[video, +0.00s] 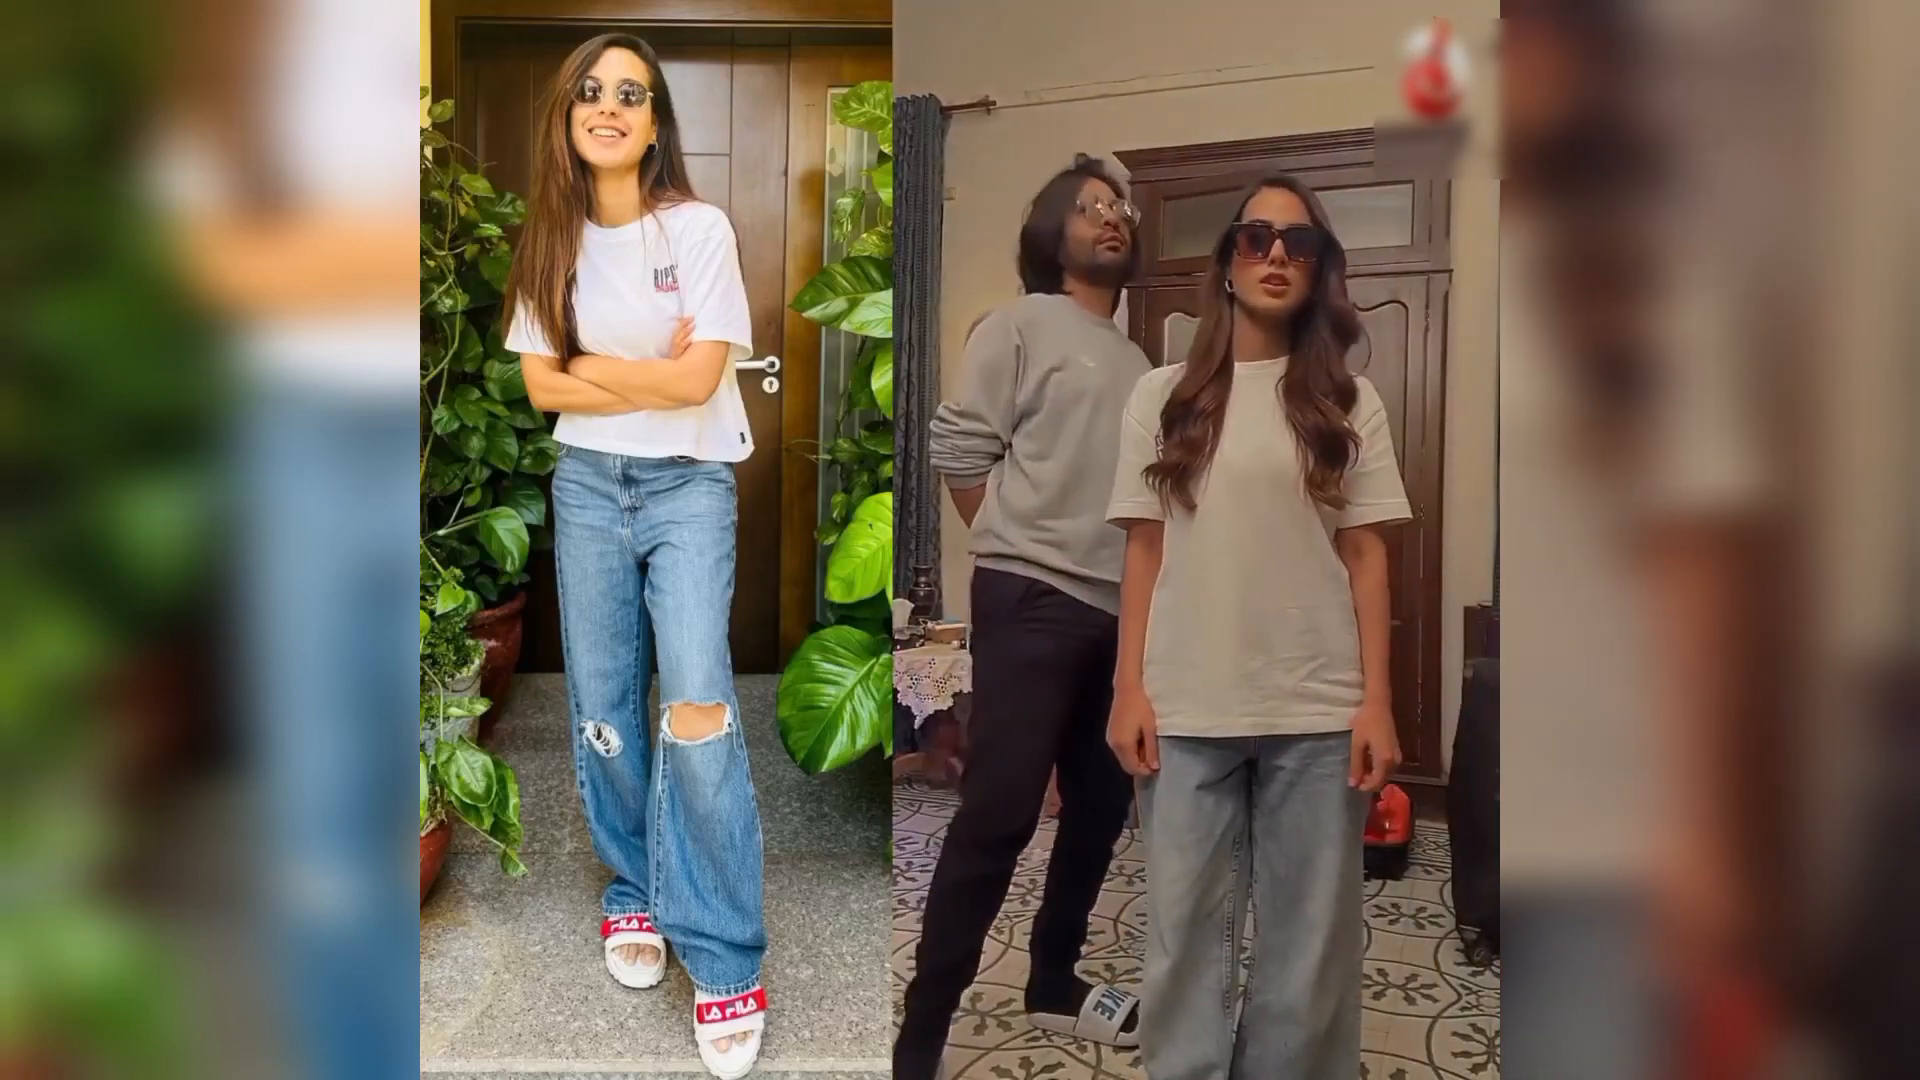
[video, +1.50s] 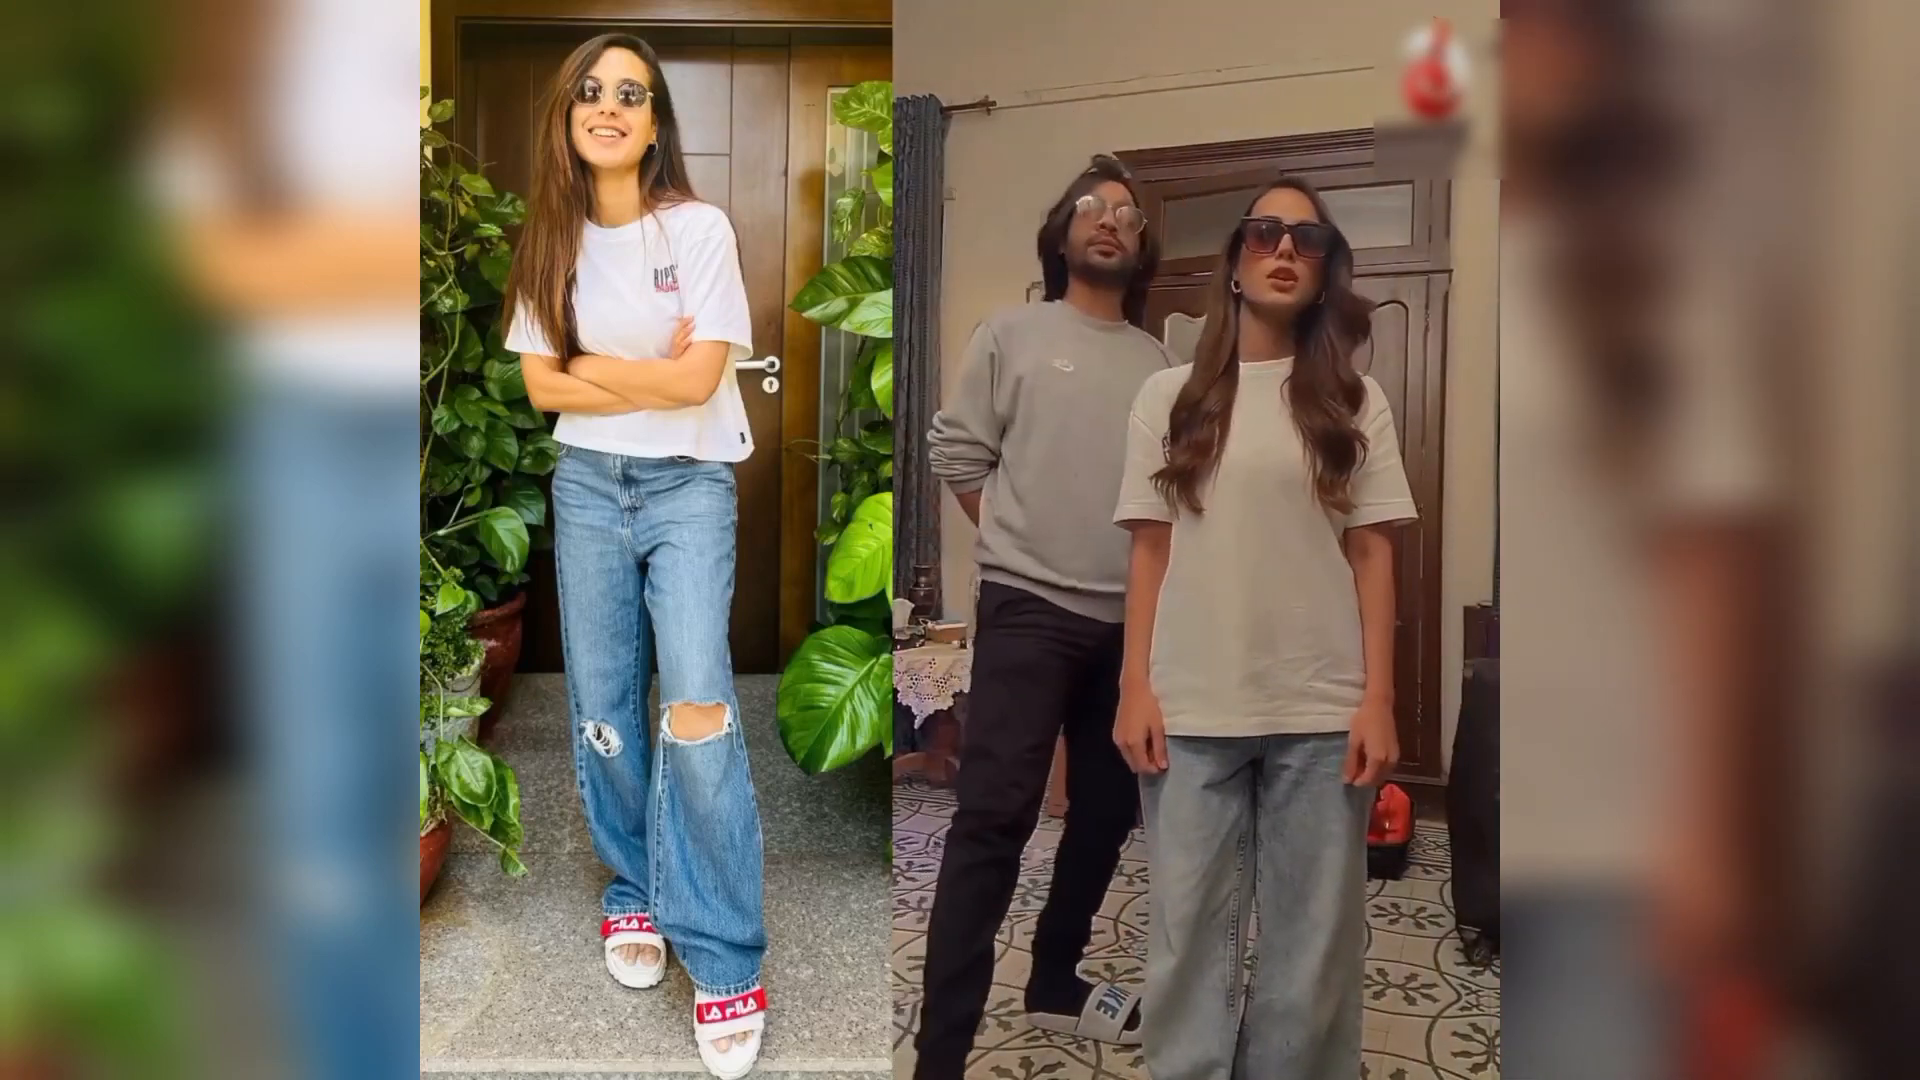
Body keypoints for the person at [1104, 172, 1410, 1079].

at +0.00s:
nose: (1276, 253)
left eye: (1298, 241)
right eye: (1257, 238)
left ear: (1323, 269)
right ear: (1227, 264)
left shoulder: (1350, 397)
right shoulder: (1166, 392)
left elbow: (1365, 554)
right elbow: (1144, 549)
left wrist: (1376, 701)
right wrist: (1129, 686)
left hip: (1319, 715)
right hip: (1186, 712)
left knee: (1310, 954)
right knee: (1178, 942)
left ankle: (1286, 1073)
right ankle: (1183, 1068)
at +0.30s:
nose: (1266, 256)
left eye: (1288, 244)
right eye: (1246, 241)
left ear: (1309, 270)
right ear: (1219, 268)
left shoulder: (1353, 397)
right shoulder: (1169, 397)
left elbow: (1368, 557)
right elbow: (1146, 553)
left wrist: (1370, 701)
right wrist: (1129, 686)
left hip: (1319, 717)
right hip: (1187, 716)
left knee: (1310, 954)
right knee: (1178, 943)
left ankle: (1286, 1074)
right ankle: (1181, 1070)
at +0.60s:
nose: (1272, 253)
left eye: (1294, 242)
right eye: (1252, 240)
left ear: (1318, 270)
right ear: (1222, 266)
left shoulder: (1352, 398)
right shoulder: (1167, 397)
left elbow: (1367, 555)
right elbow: (1146, 548)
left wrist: (1373, 701)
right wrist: (1131, 681)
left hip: (1320, 715)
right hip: (1188, 715)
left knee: (1311, 954)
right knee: (1180, 944)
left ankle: (1289, 1072)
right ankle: (1182, 1069)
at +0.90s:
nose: (1279, 253)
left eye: (1299, 241)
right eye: (1259, 238)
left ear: (1323, 269)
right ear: (1229, 267)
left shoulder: (1353, 399)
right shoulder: (1168, 396)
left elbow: (1368, 555)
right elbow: (1146, 546)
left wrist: (1372, 701)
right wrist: (1130, 680)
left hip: (1319, 715)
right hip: (1187, 714)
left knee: (1311, 950)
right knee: (1180, 942)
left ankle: (1290, 1072)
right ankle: (1182, 1069)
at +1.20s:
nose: (1265, 257)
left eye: (1286, 244)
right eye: (1244, 243)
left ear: (1310, 270)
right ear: (1218, 271)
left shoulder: (1359, 397)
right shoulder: (1176, 400)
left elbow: (1374, 555)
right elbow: (1151, 552)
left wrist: (1372, 697)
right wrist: (1132, 685)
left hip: (1322, 714)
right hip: (1190, 713)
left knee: (1310, 953)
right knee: (1182, 941)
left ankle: (1288, 1073)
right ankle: (1183, 1070)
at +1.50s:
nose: (1283, 248)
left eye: (1305, 239)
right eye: (1265, 234)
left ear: (1329, 269)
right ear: (1234, 261)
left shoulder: (1356, 396)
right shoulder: (1172, 394)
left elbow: (1373, 554)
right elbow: (1149, 549)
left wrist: (1377, 701)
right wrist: (1136, 683)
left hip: (1324, 717)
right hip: (1192, 714)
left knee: (1313, 956)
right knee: (1182, 944)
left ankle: (1290, 1073)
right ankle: (1183, 1069)